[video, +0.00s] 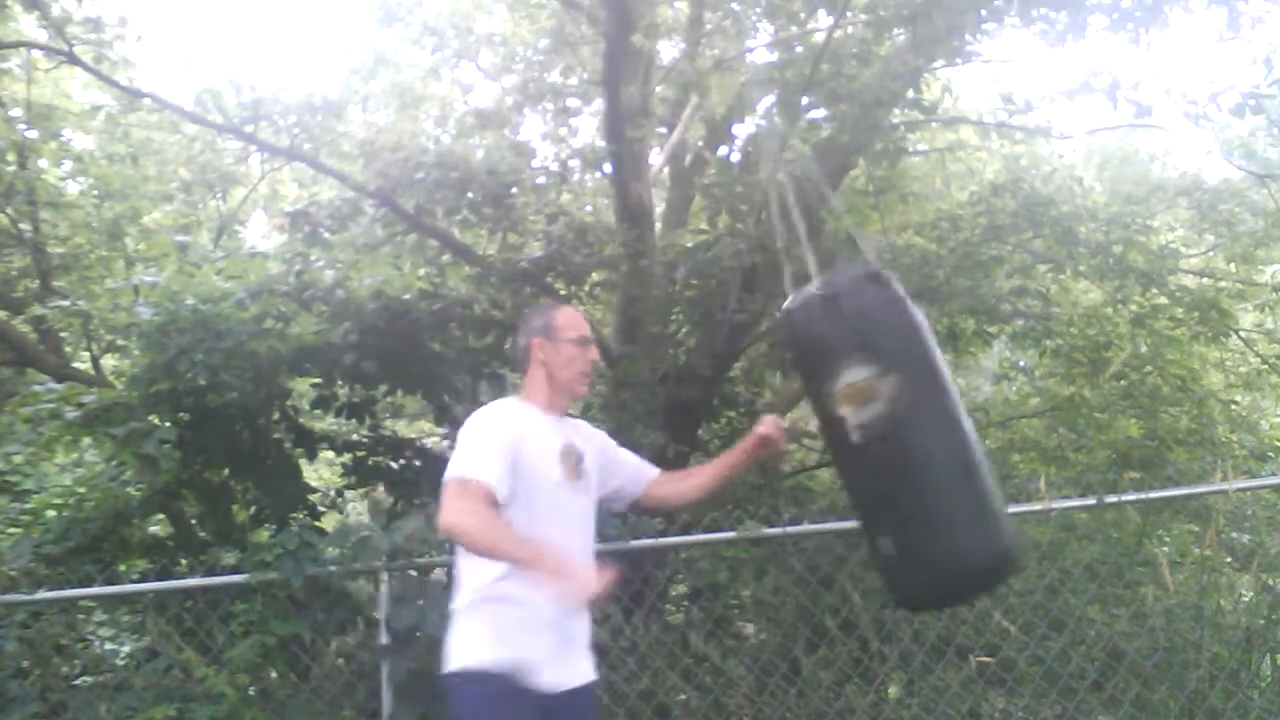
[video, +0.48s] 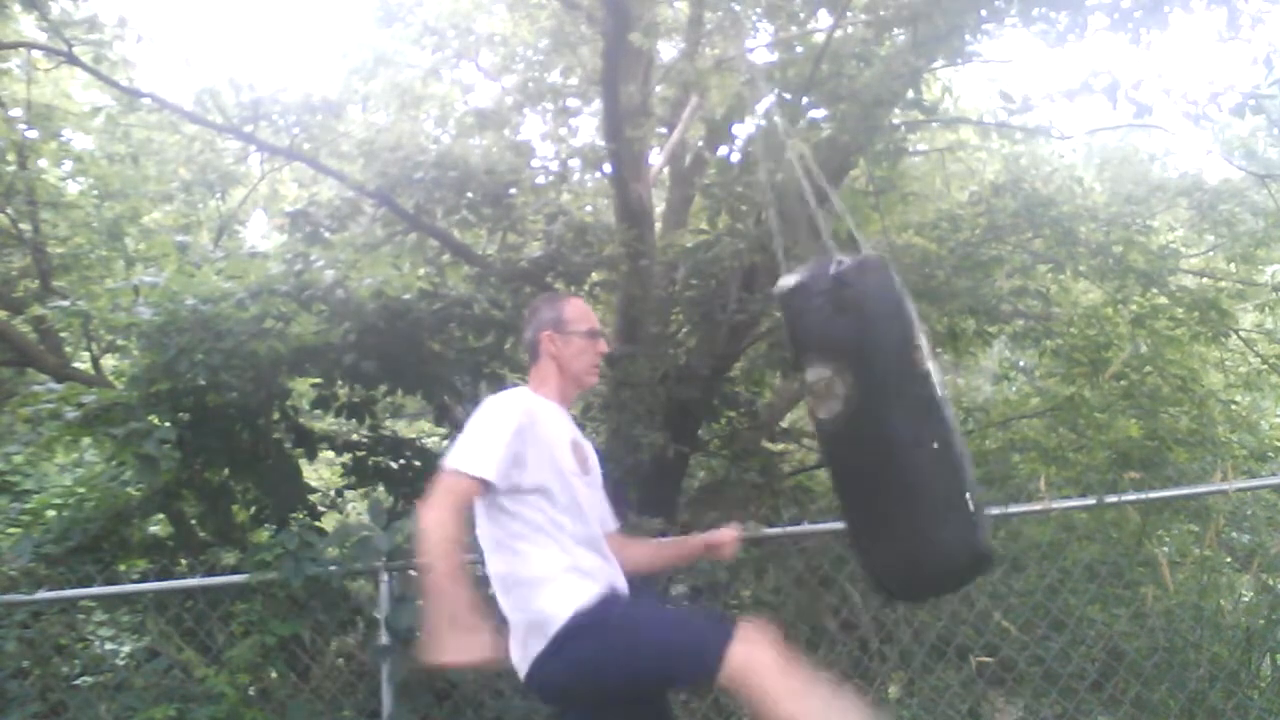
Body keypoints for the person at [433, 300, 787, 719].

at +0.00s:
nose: (594, 357)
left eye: (593, 345)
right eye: (580, 344)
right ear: (539, 351)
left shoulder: (589, 443)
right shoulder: (495, 424)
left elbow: (667, 492)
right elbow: (460, 515)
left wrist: (749, 450)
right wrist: (568, 571)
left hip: (568, 674)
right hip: (491, 669)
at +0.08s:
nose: (592, 352)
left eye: (592, 341)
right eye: (579, 339)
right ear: (538, 345)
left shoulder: (583, 439)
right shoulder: (503, 414)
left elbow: (653, 492)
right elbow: (442, 494)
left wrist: (739, 460)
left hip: (571, 640)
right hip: (515, 637)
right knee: (608, 707)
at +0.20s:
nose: (595, 357)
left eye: (596, 347)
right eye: (582, 343)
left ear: (568, 356)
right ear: (537, 349)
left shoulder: (577, 444)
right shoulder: (498, 410)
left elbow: (658, 494)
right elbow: (395, 479)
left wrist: (738, 465)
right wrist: (321, 567)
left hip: (561, 639)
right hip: (553, 598)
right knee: (738, 561)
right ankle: (746, 664)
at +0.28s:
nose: (595, 360)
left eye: (596, 348)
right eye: (584, 346)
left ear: (566, 357)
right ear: (541, 347)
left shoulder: (573, 446)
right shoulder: (496, 404)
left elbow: (651, 507)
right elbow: (394, 476)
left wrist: (729, 475)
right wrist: (301, 557)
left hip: (572, 641)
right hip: (561, 606)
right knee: (737, 534)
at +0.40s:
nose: (596, 352)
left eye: (597, 341)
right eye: (582, 339)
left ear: (574, 350)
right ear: (539, 345)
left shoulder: (571, 445)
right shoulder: (507, 405)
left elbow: (624, 536)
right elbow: (408, 492)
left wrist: (716, 514)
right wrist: (357, 594)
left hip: (578, 636)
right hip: (569, 609)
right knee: (754, 572)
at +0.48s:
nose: (604, 348)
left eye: (602, 337)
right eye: (591, 336)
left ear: (562, 347)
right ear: (547, 344)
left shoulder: (576, 445)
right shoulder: (510, 411)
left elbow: (608, 553)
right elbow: (439, 507)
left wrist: (701, 546)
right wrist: (455, 622)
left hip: (602, 624)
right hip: (566, 631)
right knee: (748, 648)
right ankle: (855, 710)